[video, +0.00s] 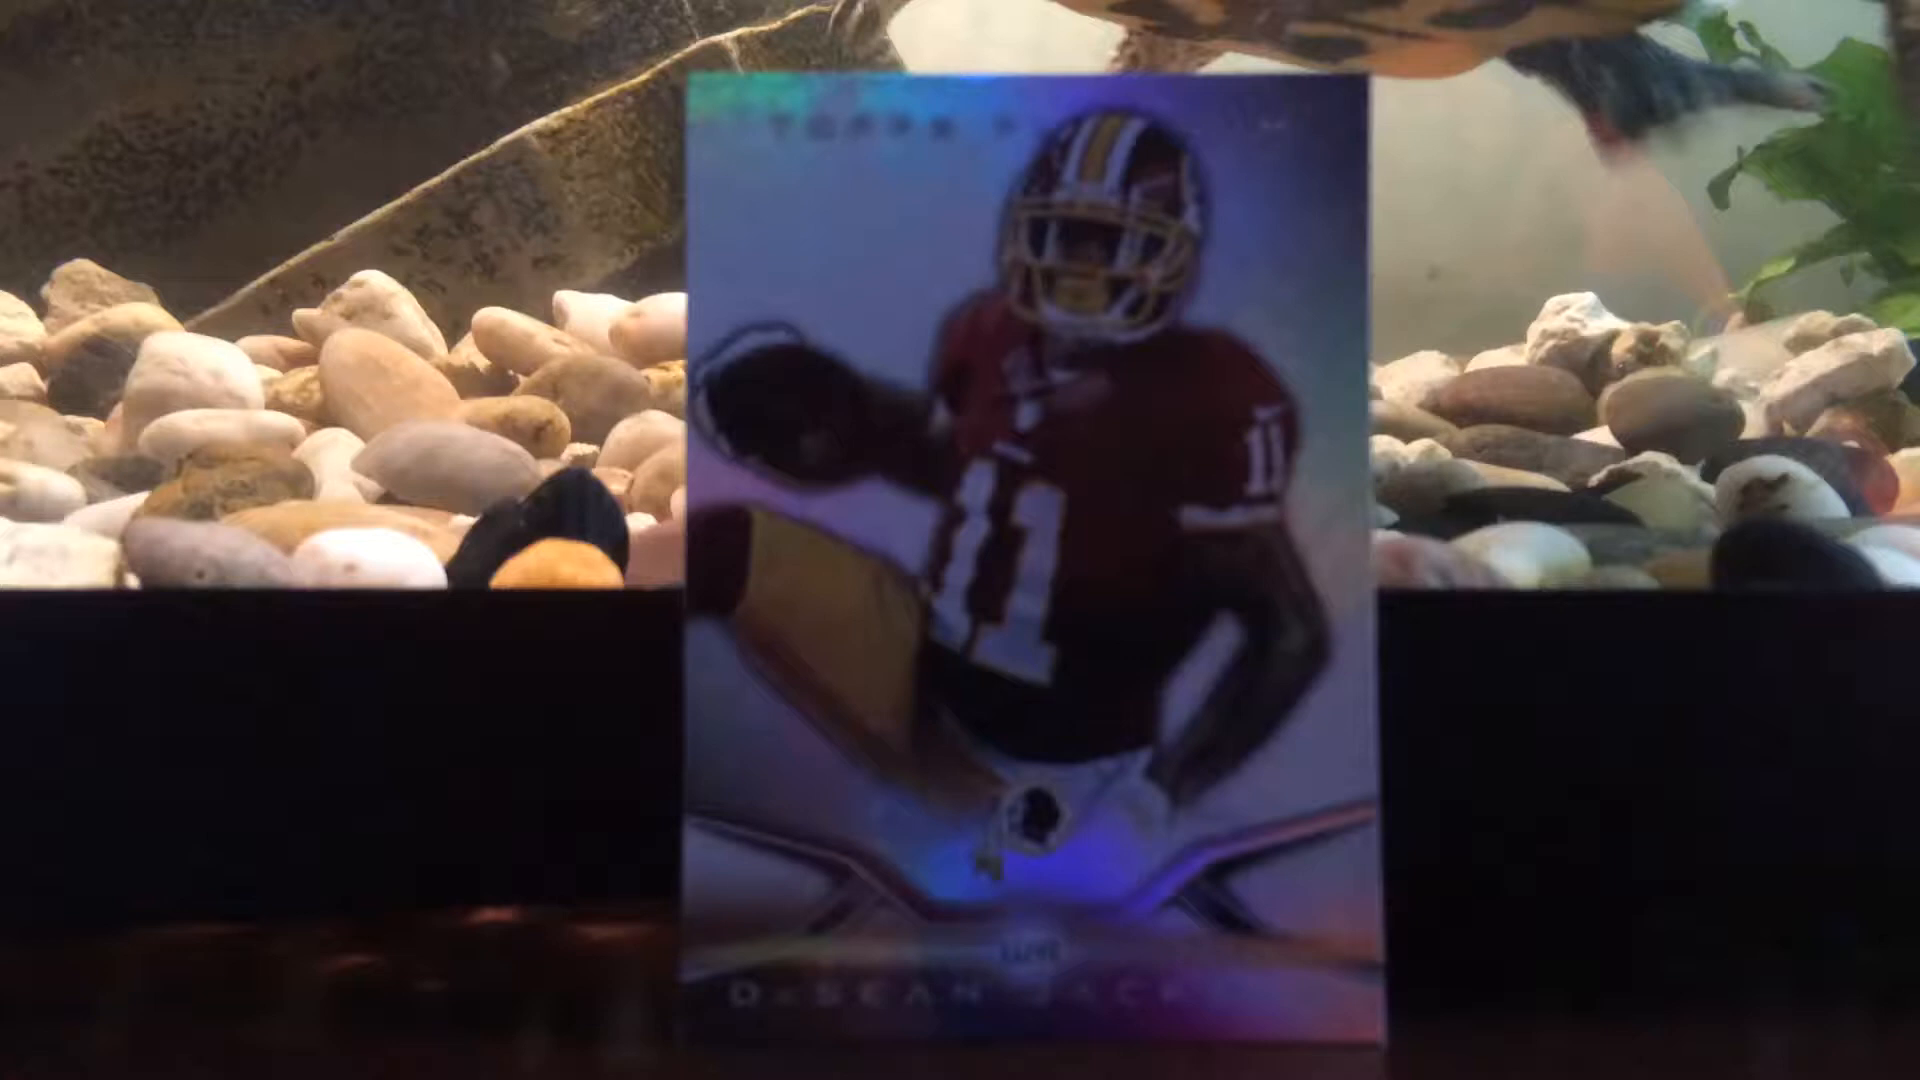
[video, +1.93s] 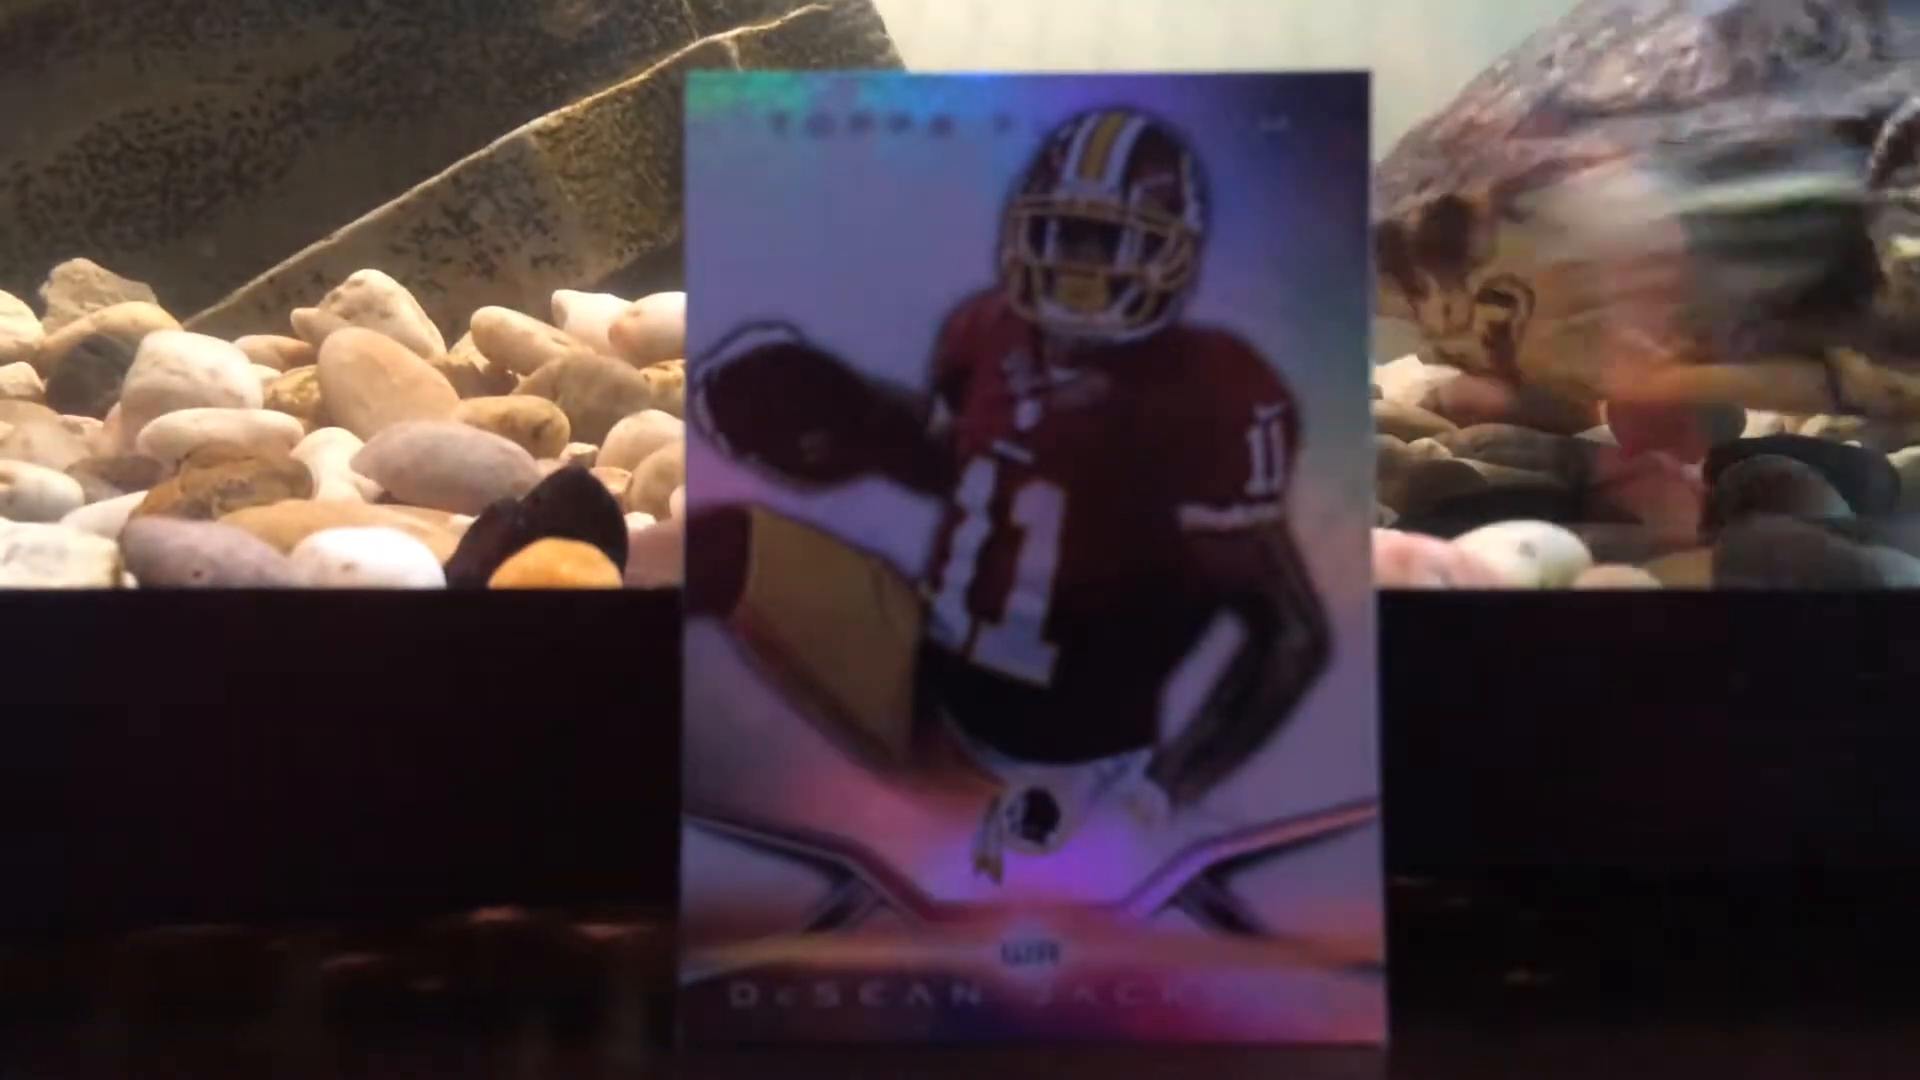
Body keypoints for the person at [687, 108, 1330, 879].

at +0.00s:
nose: (1083, 270)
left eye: (1117, 246)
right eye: (1063, 238)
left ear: (1175, 258)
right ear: (1023, 237)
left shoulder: (1217, 398)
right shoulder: (983, 337)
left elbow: (1292, 637)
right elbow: (962, 465)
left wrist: (1157, 797)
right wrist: (858, 425)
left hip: (1077, 766)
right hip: (931, 689)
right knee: (720, 546)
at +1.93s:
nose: (1082, 268)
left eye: (1116, 242)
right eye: (1062, 235)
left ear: (1177, 255)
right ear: (1022, 238)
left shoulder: (1216, 398)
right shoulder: (982, 336)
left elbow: (1293, 637)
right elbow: (955, 466)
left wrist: (1156, 795)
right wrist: (856, 423)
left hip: (1080, 752)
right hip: (932, 679)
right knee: (716, 546)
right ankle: (903, 777)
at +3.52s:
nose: (1081, 260)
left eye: (1116, 235)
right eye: (1062, 227)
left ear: (1177, 249)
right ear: (1021, 229)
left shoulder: (1216, 389)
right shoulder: (981, 328)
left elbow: (1292, 631)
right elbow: (961, 461)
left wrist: (1156, 790)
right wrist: (854, 413)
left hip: (1076, 761)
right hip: (926, 682)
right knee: (715, 537)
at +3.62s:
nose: (1082, 260)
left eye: (1117, 235)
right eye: (1062, 227)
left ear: (1176, 249)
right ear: (1022, 228)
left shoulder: (1215, 387)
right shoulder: (980, 328)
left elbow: (1291, 630)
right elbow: (957, 458)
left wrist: (1155, 790)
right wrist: (853, 413)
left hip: (1077, 761)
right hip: (926, 682)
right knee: (718, 537)